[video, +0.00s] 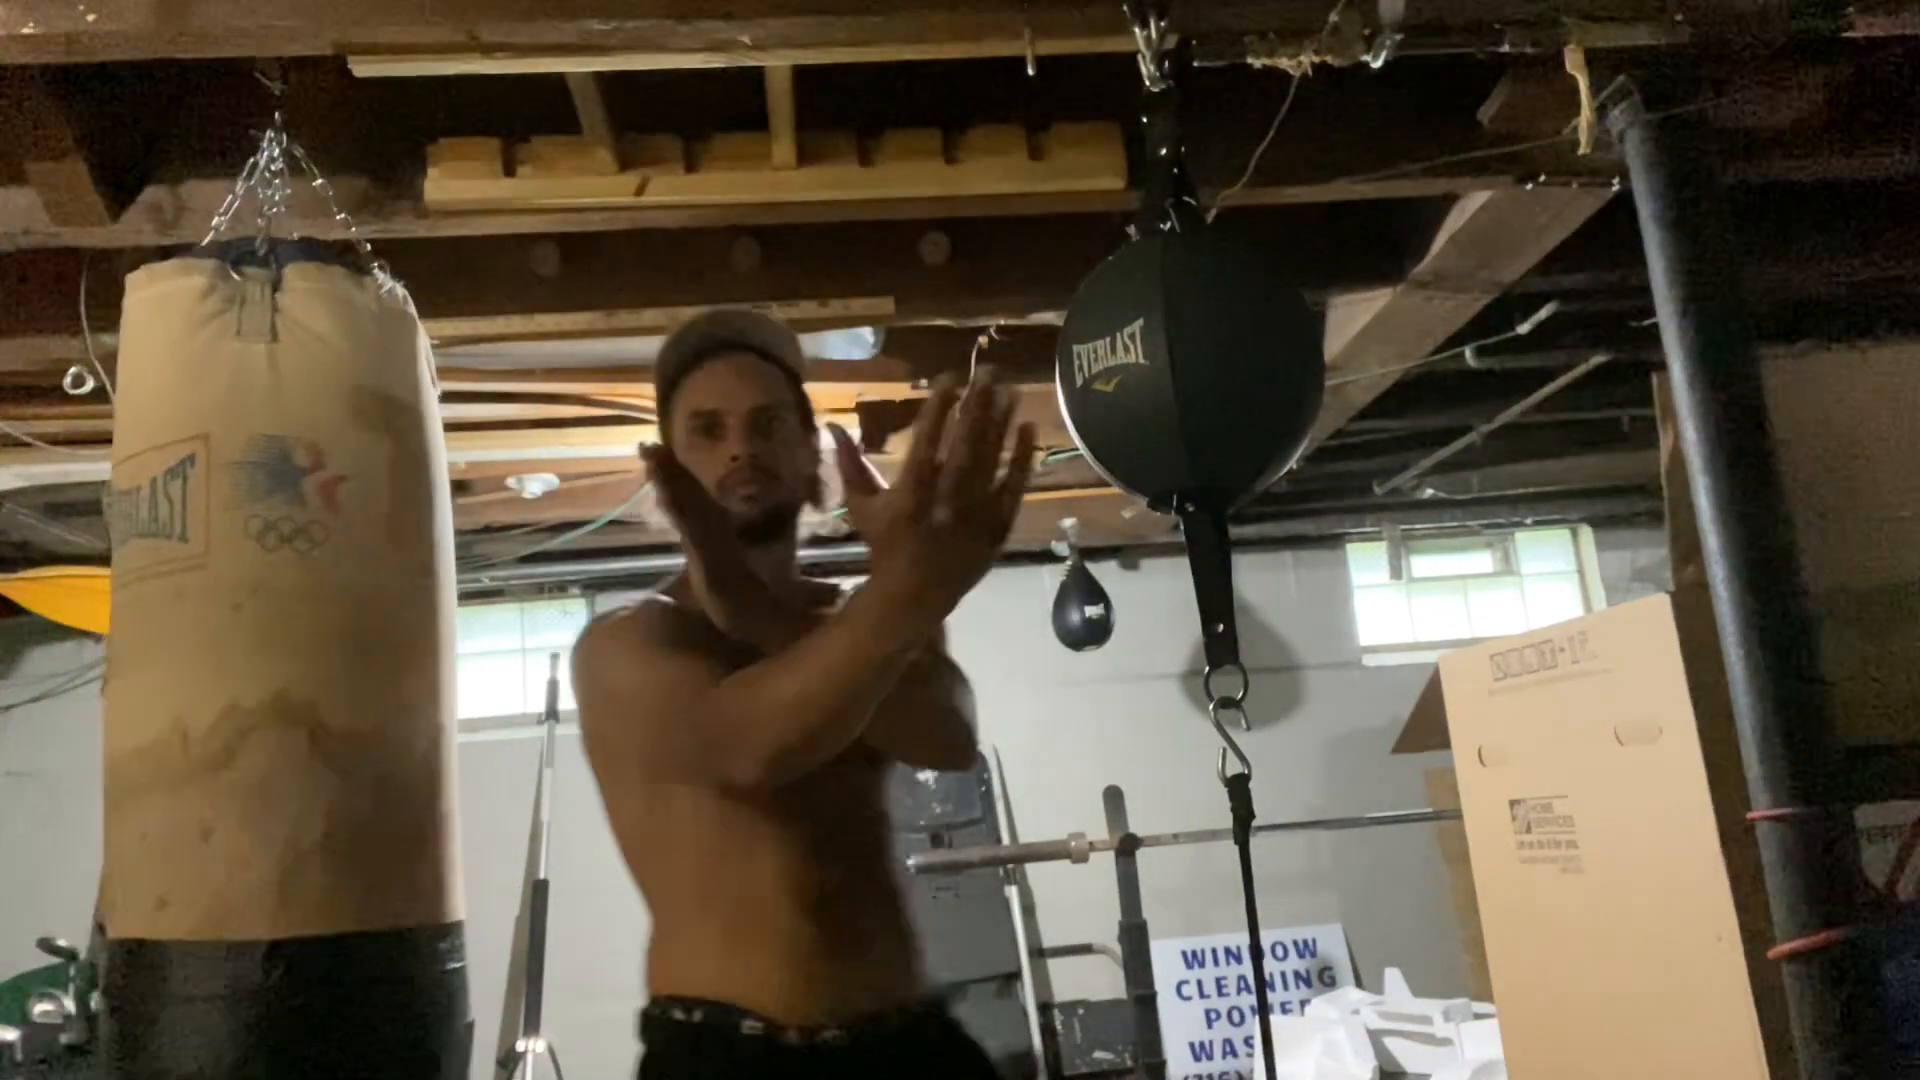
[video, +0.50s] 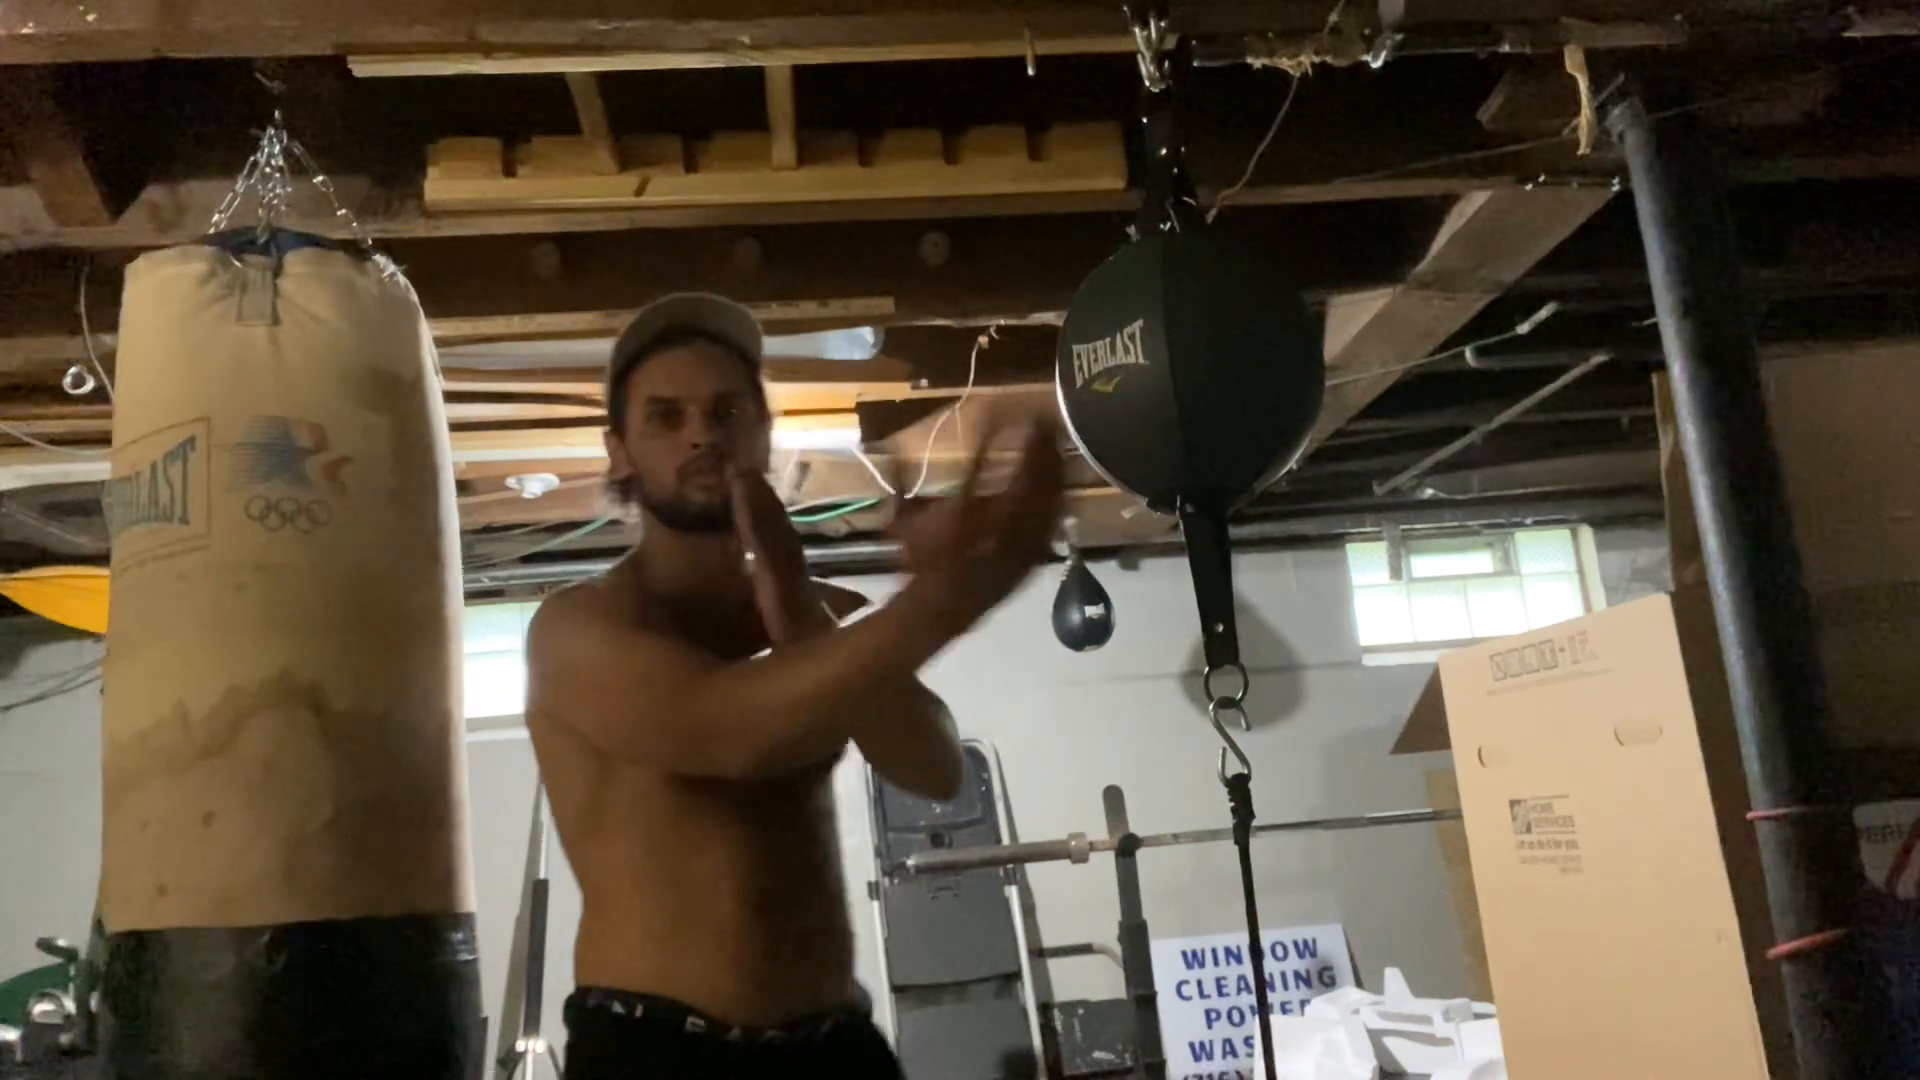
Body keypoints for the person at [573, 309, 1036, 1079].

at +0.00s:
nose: (742, 453)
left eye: (769, 425)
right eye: (708, 430)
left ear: (812, 453)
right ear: (670, 468)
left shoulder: (865, 616)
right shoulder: (623, 647)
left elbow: (950, 742)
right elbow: (745, 746)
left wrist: (753, 610)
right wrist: (911, 589)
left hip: (901, 1039)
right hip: (722, 1049)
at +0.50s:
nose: (703, 439)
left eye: (727, 412)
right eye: (665, 417)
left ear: (767, 439)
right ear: (621, 455)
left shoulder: (823, 613)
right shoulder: (576, 628)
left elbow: (936, 772)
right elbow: (734, 732)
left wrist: (806, 638)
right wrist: (942, 599)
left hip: (829, 1044)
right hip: (652, 1047)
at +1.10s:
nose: (689, 452)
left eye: (719, 423)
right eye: (660, 429)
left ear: (771, 444)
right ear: (629, 458)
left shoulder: (860, 606)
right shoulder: (576, 638)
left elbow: (810, 776)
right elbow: (574, 804)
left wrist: (547, 742)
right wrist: (586, 562)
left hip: (837, 1039)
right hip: (649, 1051)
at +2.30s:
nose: (819, 431)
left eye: (841, 399)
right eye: (790, 408)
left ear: (889, 415)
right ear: (752, 434)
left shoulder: (979, 584)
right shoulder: (700, 608)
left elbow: (1123, 741)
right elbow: (580, 750)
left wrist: (975, 594)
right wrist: (654, 506)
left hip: (981, 1010)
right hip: (786, 1028)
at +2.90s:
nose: (778, 406)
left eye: (806, 373)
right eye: (747, 379)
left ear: (860, 390)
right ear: (707, 408)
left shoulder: (936, 553)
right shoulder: (671, 596)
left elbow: (1181, 621)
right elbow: (422, 753)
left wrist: (1199, 452)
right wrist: (627, 598)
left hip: (960, 1016)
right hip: (760, 1034)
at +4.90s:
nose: (798, 453)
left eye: (823, 425)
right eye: (763, 426)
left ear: (862, 445)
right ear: (711, 451)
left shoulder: (929, 634)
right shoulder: (650, 630)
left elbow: (1007, 889)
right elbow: (645, 951)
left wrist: (1052, 1050)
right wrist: (855, 1071)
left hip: (923, 1010)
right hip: (733, 1024)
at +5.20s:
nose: (797, 463)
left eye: (820, 439)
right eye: (760, 438)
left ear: (848, 463)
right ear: (698, 465)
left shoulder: (918, 656)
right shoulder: (643, 640)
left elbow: (999, 904)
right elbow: (637, 955)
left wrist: (1064, 1057)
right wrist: (802, 1067)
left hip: (935, 1019)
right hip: (748, 1026)